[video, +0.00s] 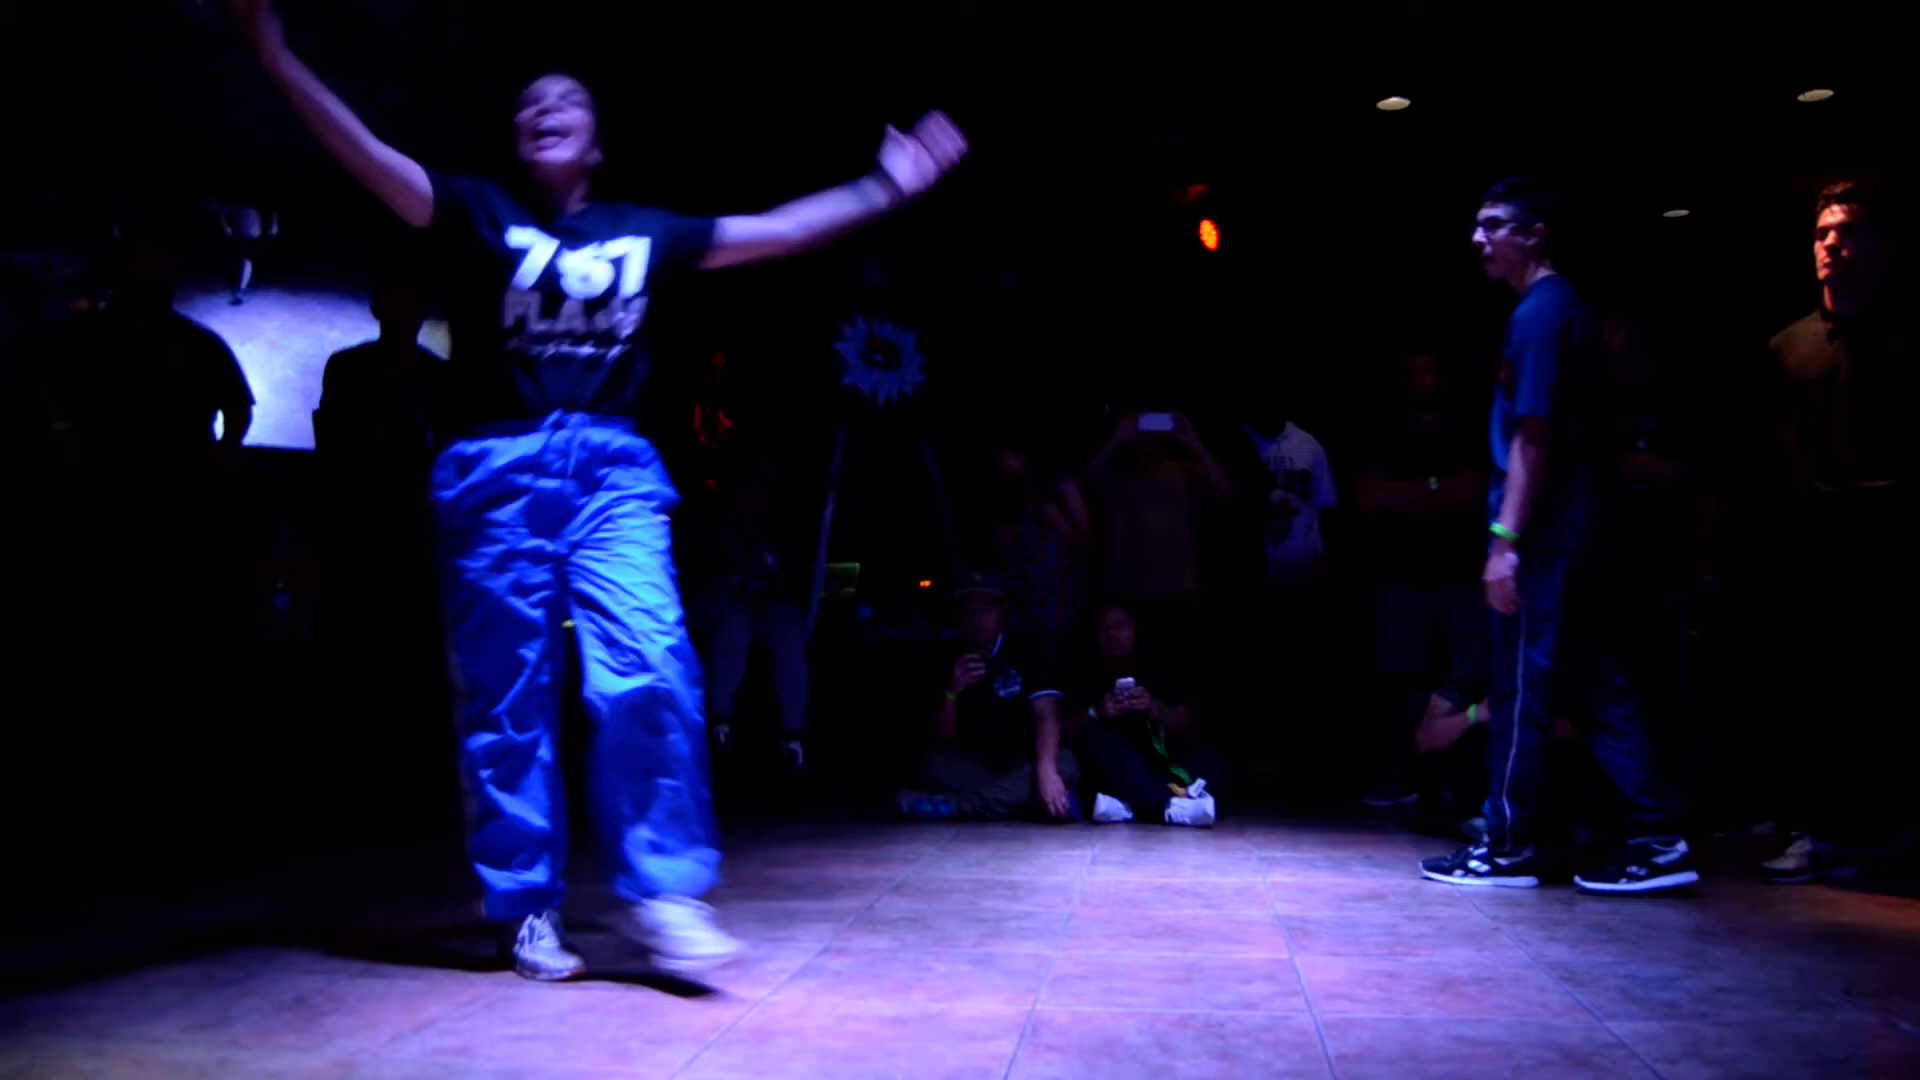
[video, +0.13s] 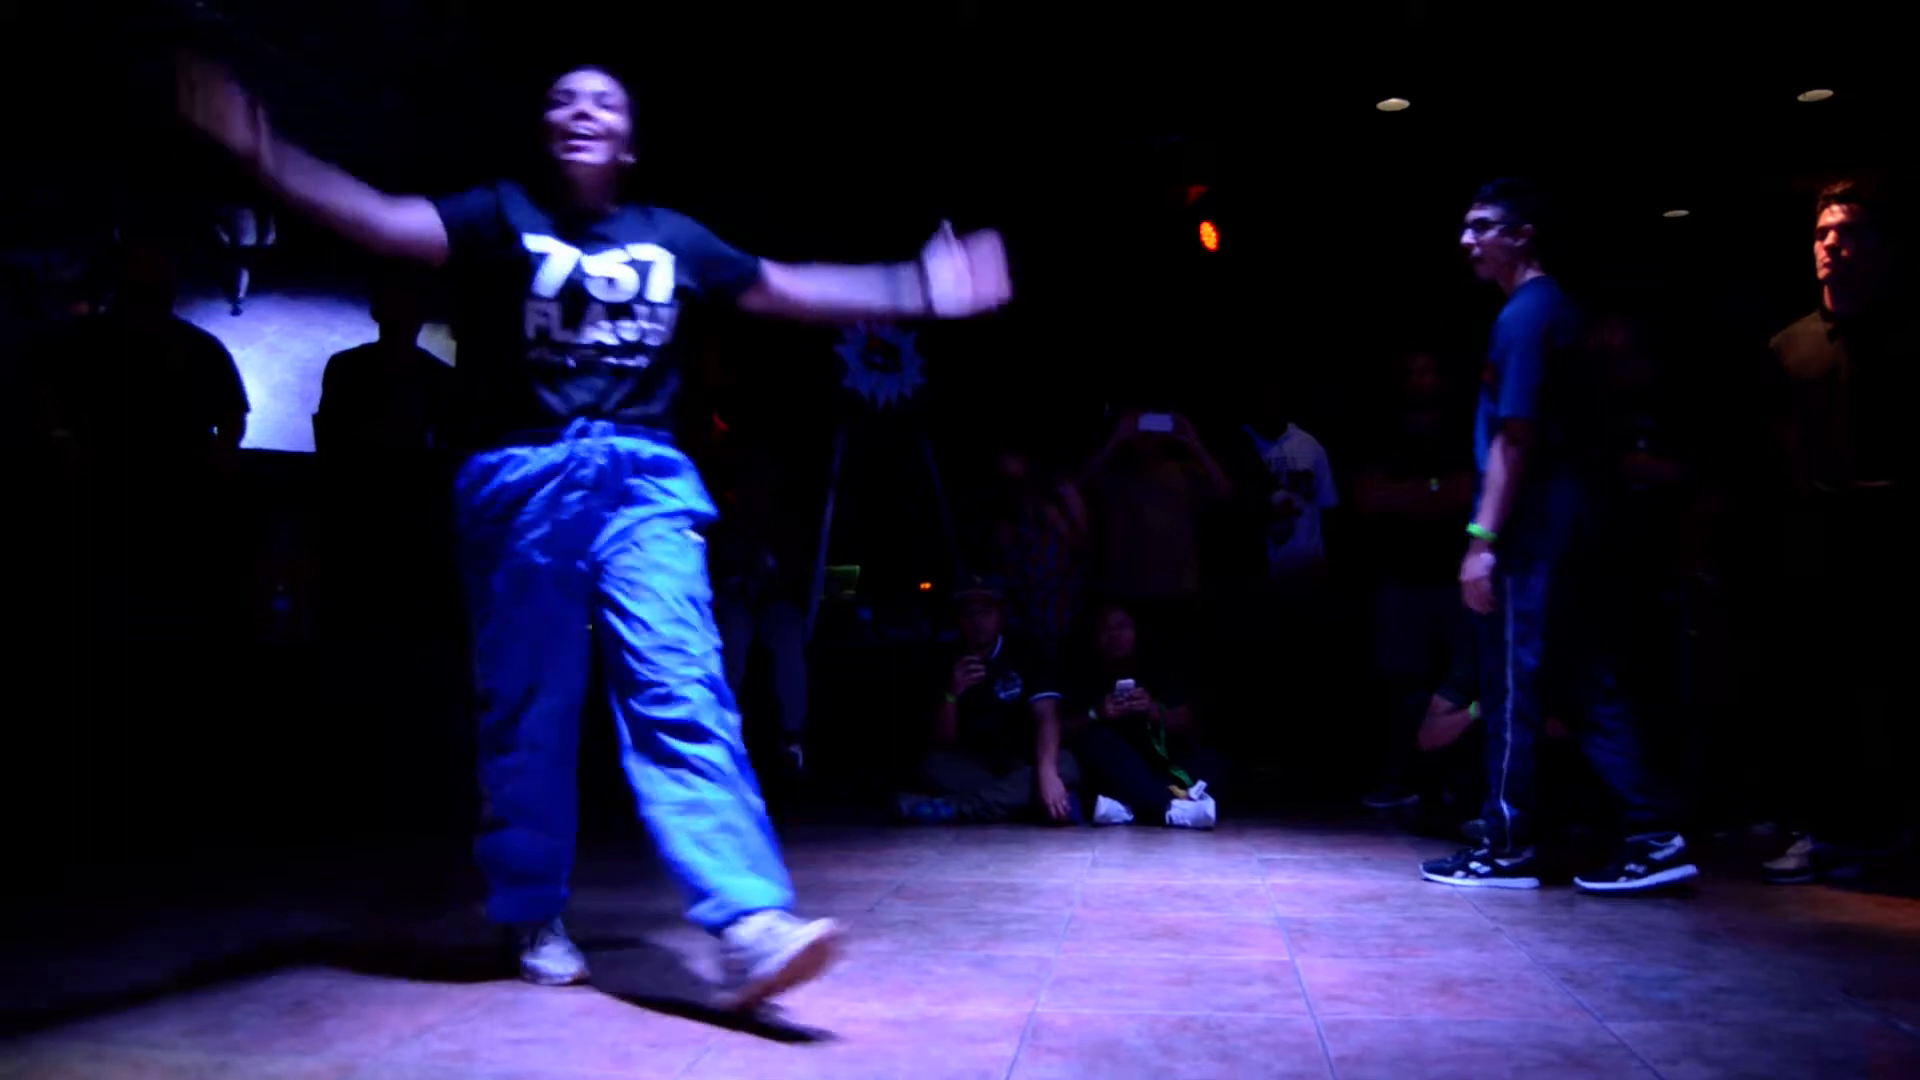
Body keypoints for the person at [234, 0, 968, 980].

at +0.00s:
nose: (544, 119)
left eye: (560, 109)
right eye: (530, 113)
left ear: (596, 136)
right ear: (515, 141)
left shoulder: (646, 233)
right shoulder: (478, 216)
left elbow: (778, 228)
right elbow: (367, 155)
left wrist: (885, 187)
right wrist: (277, 57)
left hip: (613, 478)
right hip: (496, 483)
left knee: (649, 669)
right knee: (507, 695)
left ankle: (666, 894)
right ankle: (527, 910)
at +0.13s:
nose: (580, 121)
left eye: (598, 110)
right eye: (564, 110)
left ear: (630, 136)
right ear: (542, 133)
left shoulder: (669, 238)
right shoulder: (500, 218)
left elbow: (789, 289)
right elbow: (381, 222)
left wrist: (919, 285)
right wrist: (265, 153)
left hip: (644, 485)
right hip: (522, 489)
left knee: (683, 685)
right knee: (531, 707)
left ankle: (746, 918)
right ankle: (535, 921)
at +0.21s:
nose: (632, 125)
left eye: (651, 112)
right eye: (613, 107)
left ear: (673, 141)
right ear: (582, 127)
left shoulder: (704, 249)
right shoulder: (534, 226)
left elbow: (808, 341)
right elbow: (422, 275)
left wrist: (921, 400)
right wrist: (298, 288)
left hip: (687, 490)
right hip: (561, 491)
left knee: (715, 701)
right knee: (558, 713)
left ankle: (777, 959)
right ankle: (535, 926)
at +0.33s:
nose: (695, 101)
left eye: (717, 88)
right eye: (676, 86)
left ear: (747, 117)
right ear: (644, 111)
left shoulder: (777, 238)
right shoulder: (596, 207)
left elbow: (889, 333)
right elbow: (465, 257)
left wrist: (988, 390)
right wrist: (322, 279)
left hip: (753, 480)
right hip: (620, 489)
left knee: (766, 705)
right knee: (613, 711)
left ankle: (789, 978)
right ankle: (540, 891)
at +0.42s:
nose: (728, 58)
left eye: (749, 47)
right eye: (707, 48)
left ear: (781, 87)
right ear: (674, 85)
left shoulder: (826, 202)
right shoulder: (621, 163)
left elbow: (967, 236)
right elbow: (474, 142)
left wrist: (1079, 243)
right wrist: (314, 81)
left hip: (792, 463)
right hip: (650, 464)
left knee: (789, 710)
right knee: (656, 686)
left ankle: (789, 974)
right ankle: (570, 901)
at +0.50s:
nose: (756, 20)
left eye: (772, 11)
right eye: (734, 13)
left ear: (799, 50)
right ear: (699, 54)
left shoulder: (856, 152)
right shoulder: (657, 116)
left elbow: (992, 130)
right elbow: (541, 30)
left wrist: (1109, 80)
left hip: (821, 447)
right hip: (688, 443)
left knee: (810, 708)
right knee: (716, 672)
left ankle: (790, 978)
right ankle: (627, 935)